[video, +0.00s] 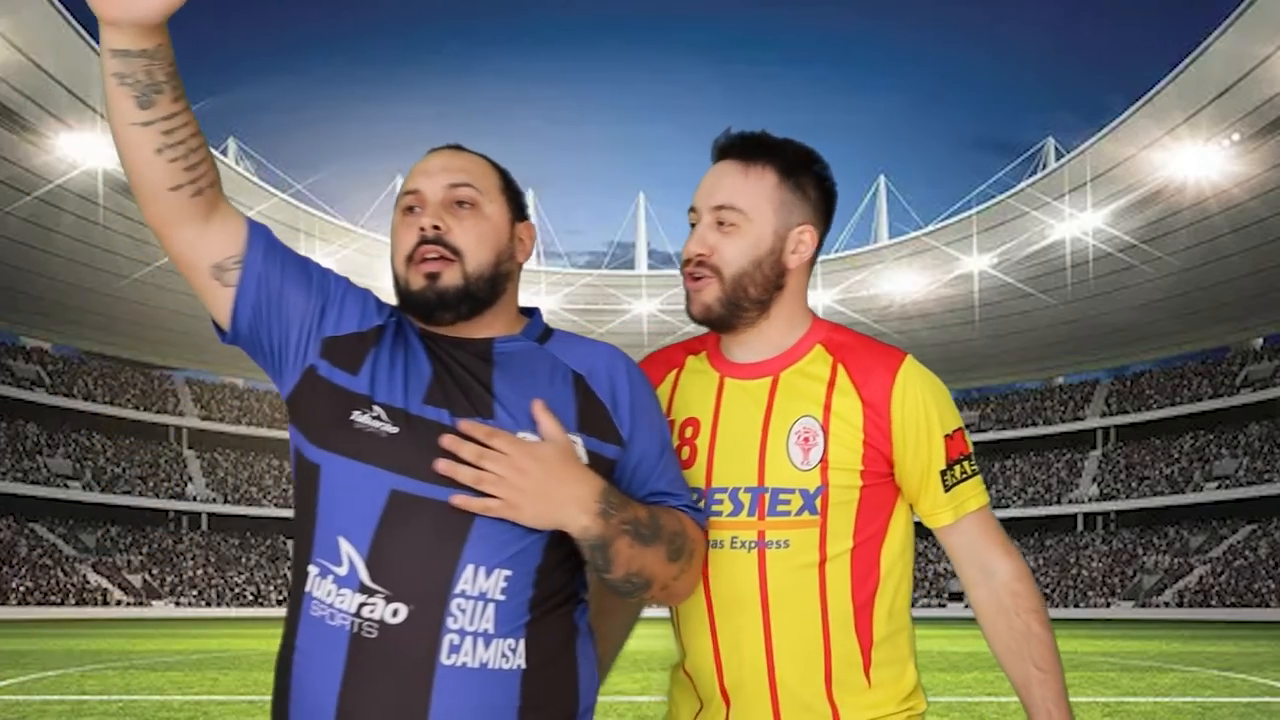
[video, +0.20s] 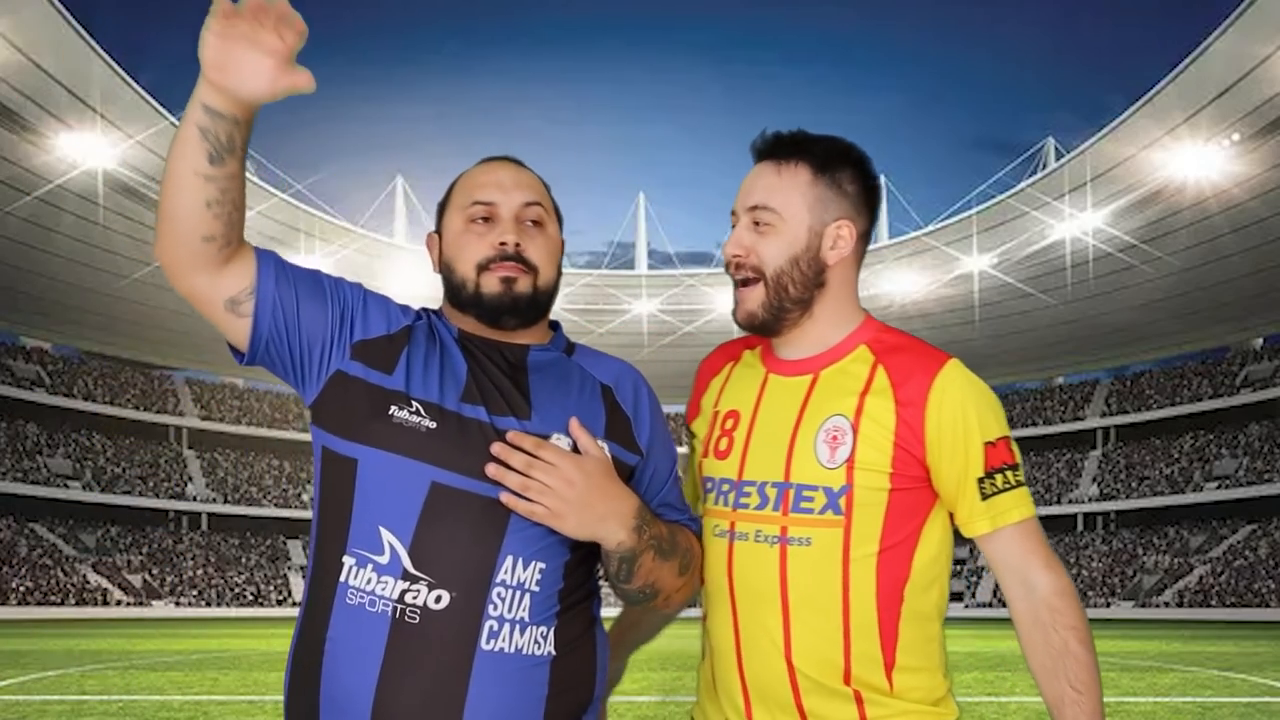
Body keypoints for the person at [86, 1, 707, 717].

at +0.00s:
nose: (427, 219)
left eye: (463, 202)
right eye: (410, 207)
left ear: (522, 241)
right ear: (388, 241)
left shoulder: (606, 385)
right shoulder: (327, 332)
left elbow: (674, 574)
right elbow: (191, 208)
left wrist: (592, 508)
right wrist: (131, 33)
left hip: (522, 708)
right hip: (327, 704)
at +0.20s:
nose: (509, 234)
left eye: (533, 219)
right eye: (481, 217)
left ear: (561, 252)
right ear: (436, 247)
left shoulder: (619, 396)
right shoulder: (352, 334)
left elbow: (674, 578)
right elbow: (202, 259)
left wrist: (620, 522)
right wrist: (221, 104)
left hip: (544, 712)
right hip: (345, 708)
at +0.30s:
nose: (519, 245)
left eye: (540, 231)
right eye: (489, 228)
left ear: (559, 265)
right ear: (437, 259)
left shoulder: (608, 403)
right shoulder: (348, 346)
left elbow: (667, 577)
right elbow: (180, 304)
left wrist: (635, 553)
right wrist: (253, 183)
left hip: (538, 711)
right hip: (346, 707)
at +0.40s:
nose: (521, 259)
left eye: (537, 241)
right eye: (490, 238)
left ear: (551, 263)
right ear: (431, 260)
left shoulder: (597, 400)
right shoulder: (348, 358)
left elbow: (655, 543)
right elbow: (154, 360)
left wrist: (634, 580)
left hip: (531, 707)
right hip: (351, 702)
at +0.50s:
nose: (522, 259)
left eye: (534, 240)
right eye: (492, 237)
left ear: (548, 256)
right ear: (429, 256)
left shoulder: (594, 389)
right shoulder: (345, 355)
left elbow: (642, 532)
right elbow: (145, 413)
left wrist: (626, 600)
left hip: (536, 711)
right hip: (355, 708)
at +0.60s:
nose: (530, 257)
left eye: (539, 238)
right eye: (500, 234)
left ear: (551, 253)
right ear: (433, 252)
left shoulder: (593, 384)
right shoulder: (338, 360)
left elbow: (641, 523)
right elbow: (171, 440)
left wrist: (631, 607)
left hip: (531, 703)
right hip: (363, 702)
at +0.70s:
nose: (542, 261)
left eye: (546, 241)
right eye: (512, 238)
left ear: (553, 254)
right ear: (439, 253)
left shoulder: (595, 383)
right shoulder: (340, 365)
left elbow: (645, 519)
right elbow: (205, 474)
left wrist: (640, 610)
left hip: (545, 709)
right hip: (369, 708)